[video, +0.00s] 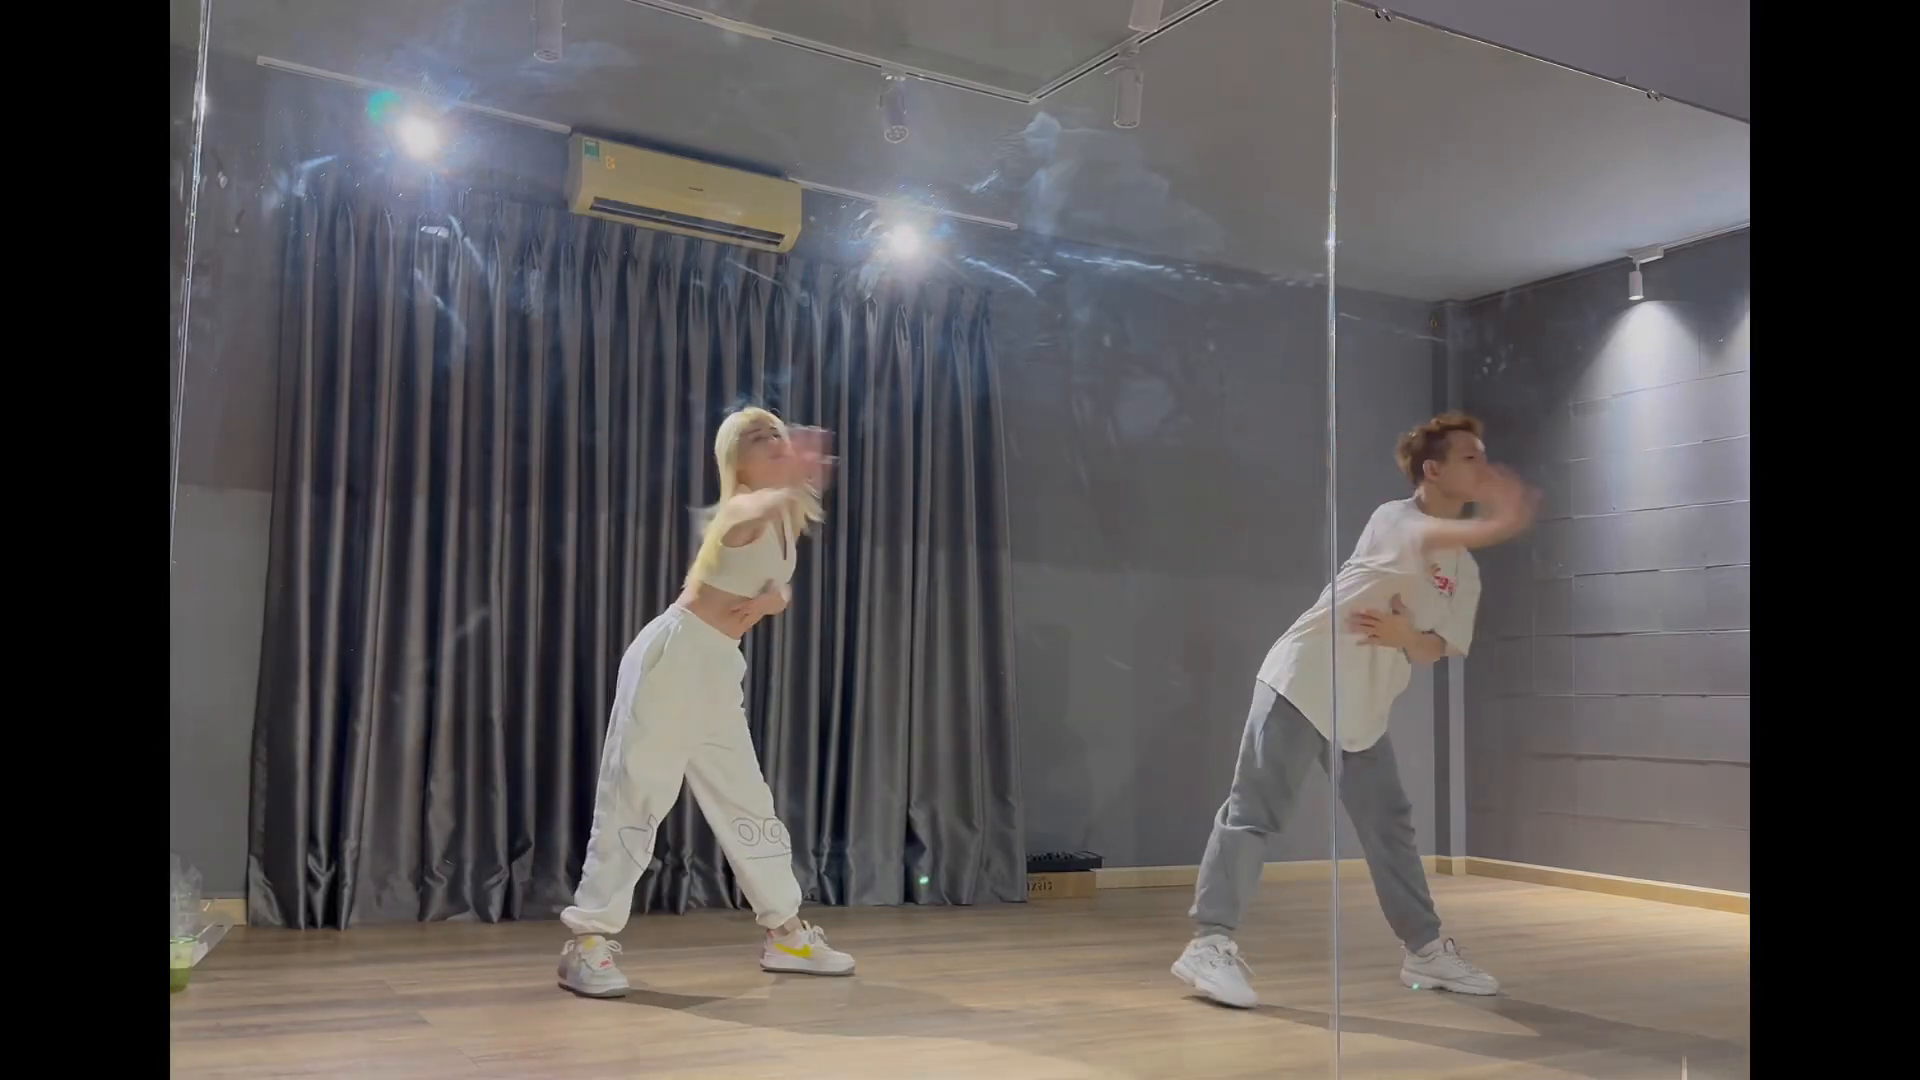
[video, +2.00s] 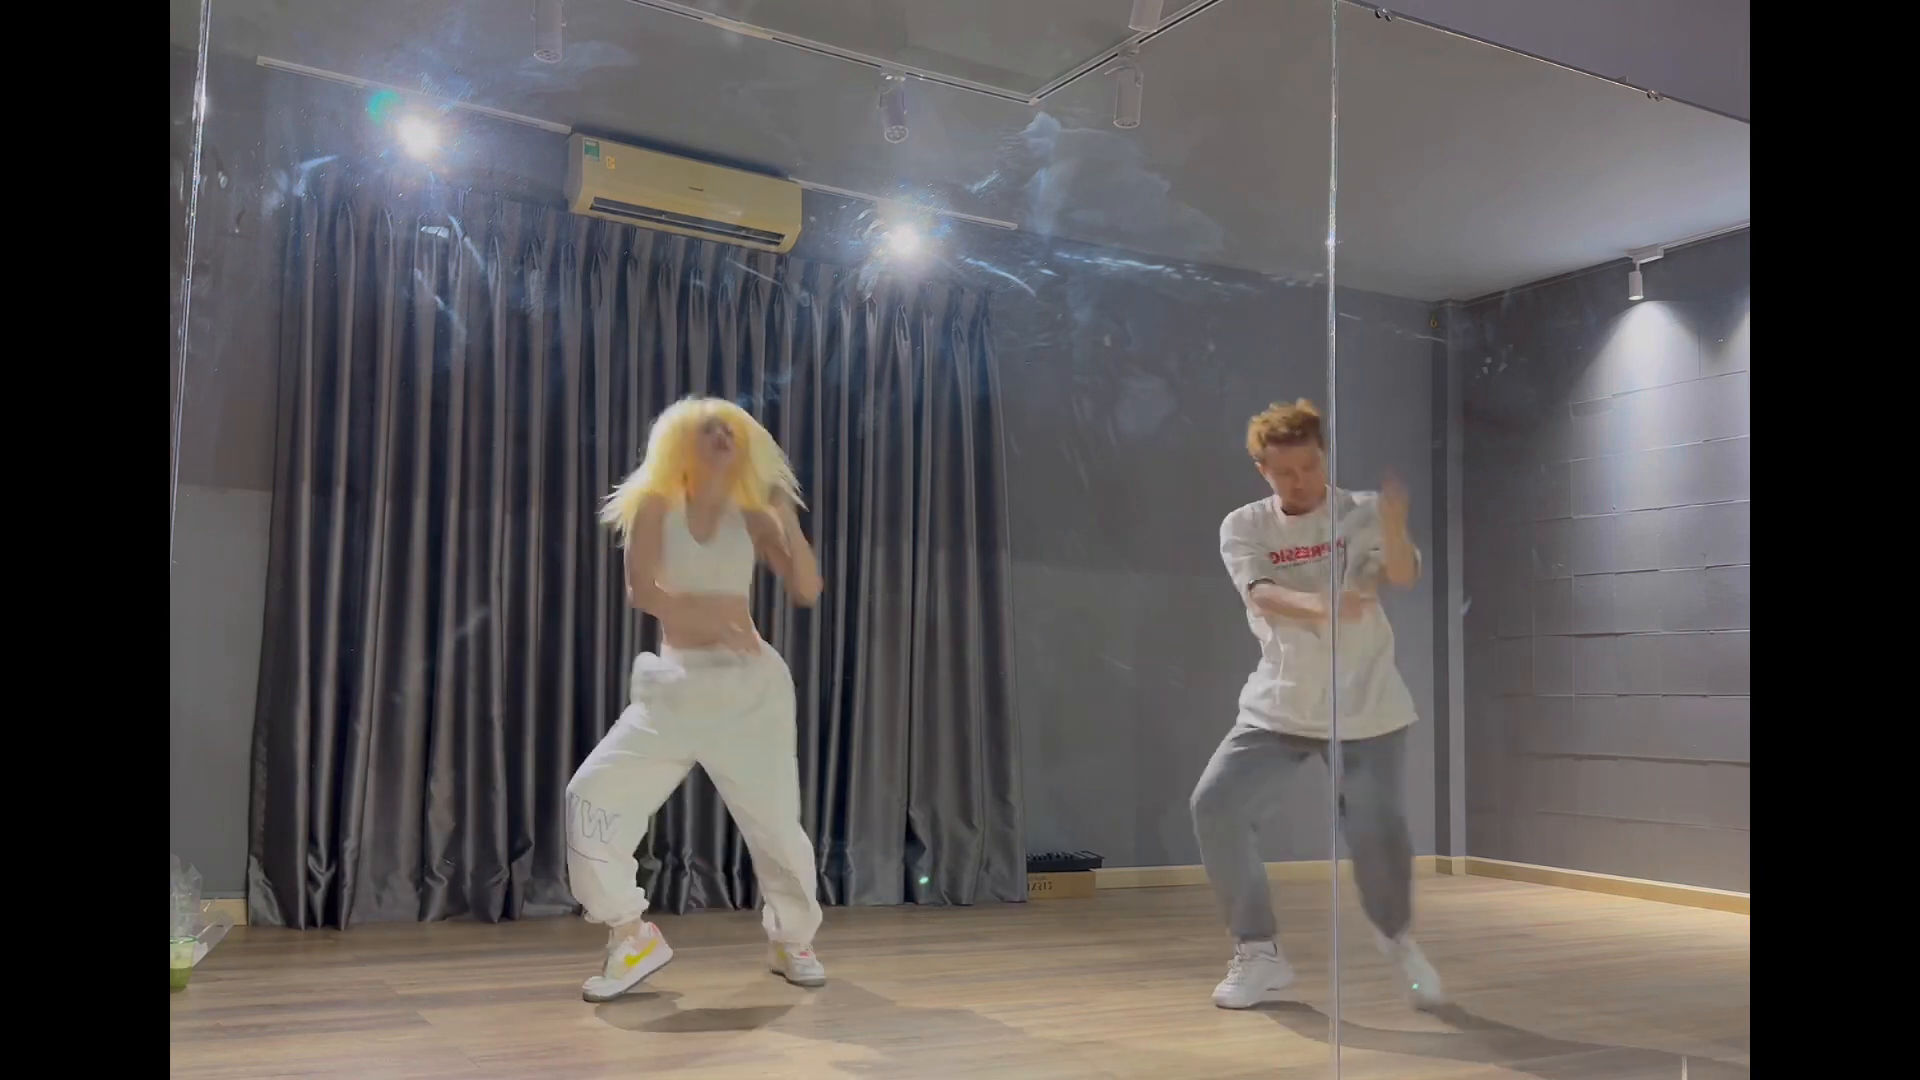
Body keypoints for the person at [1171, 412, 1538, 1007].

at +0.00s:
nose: (1485, 467)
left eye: (1483, 457)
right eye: (1471, 457)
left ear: (1462, 473)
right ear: (1431, 469)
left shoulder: (1467, 568)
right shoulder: (1394, 519)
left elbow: (1443, 648)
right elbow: (1433, 534)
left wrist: (1406, 635)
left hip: (1360, 701)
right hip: (1305, 675)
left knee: (1389, 824)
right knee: (1254, 811)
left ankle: (1426, 951)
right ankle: (1208, 945)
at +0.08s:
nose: (1476, 464)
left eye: (1478, 455)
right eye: (1462, 454)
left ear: (1472, 467)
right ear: (1420, 461)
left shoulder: (1468, 557)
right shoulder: (1376, 513)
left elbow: (1455, 636)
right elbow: (1330, 518)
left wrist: (1397, 634)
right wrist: (1315, 500)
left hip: (1371, 705)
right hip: (1308, 682)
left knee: (1389, 825)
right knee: (1260, 813)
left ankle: (1426, 950)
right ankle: (1221, 951)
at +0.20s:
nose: (1424, 458)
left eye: (1429, 448)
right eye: (1409, 448)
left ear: (1432, 454)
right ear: (1370, 453)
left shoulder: (1447, 529)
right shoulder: (1323, 512)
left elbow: (1478, 609)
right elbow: (1235, 504)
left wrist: (1408, 629)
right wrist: (1176, 531)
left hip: (1391, 700)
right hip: (1314, 689)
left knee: (1411, 815)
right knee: (1280, 812)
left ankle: (1433, 947)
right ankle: (1237, 949)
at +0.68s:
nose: (1333, 439)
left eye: (1345, 433)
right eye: (1320, 430)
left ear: (1360, 453)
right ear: (1296, 450)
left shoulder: (1384, 526)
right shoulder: (1268, 521)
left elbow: (1388, 617)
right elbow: (1192, 540)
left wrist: (1338, 557)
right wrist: (1218, 469)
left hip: (1379, 707)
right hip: (1296, 703)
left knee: (1414, 840)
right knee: (1249, 813)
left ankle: (1455, 932)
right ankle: (1249, 952)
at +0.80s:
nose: (1320, 461)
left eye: (1329, 448)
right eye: (1306, 451)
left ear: (1345, 454)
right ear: (1281, 462)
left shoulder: (1376, 529)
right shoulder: (1260, 522)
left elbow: (1340, 605)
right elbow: (1194, 538)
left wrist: (1260, 572)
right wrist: (1204, 458)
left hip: (1348, 698)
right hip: (1267, 695)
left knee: (1320, 797)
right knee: (1246, 814)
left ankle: (1368, 902)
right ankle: (1256, 952)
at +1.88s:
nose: (1258, 476)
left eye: (1267, 460)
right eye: (1244, 465)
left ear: (1292, 446)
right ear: (1232, 466)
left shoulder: (1349, 497)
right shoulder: (1234, 522)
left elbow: (1359, 589)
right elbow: (1228, 580)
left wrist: (1316, 648)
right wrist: (1194, 504)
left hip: (1343, 691)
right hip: (1263, 694)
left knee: (1340, 823)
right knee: (1243, 822)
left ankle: (1330, 952)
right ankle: (1254, 954)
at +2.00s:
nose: (1294, 484)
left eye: (1305, 468)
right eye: (1280, 472)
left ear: (1325, 459)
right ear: (1262, 469)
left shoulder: (1365, 512)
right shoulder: (1243, 527)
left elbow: (1403, 576)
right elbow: (1262, 594)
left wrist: (1396, 525)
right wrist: (1326, 607)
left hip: (1369, 704)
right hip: (1281, 705)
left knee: (1376, 819)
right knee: (1214, 805)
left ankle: (1398, 937)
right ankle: (1259, 953)